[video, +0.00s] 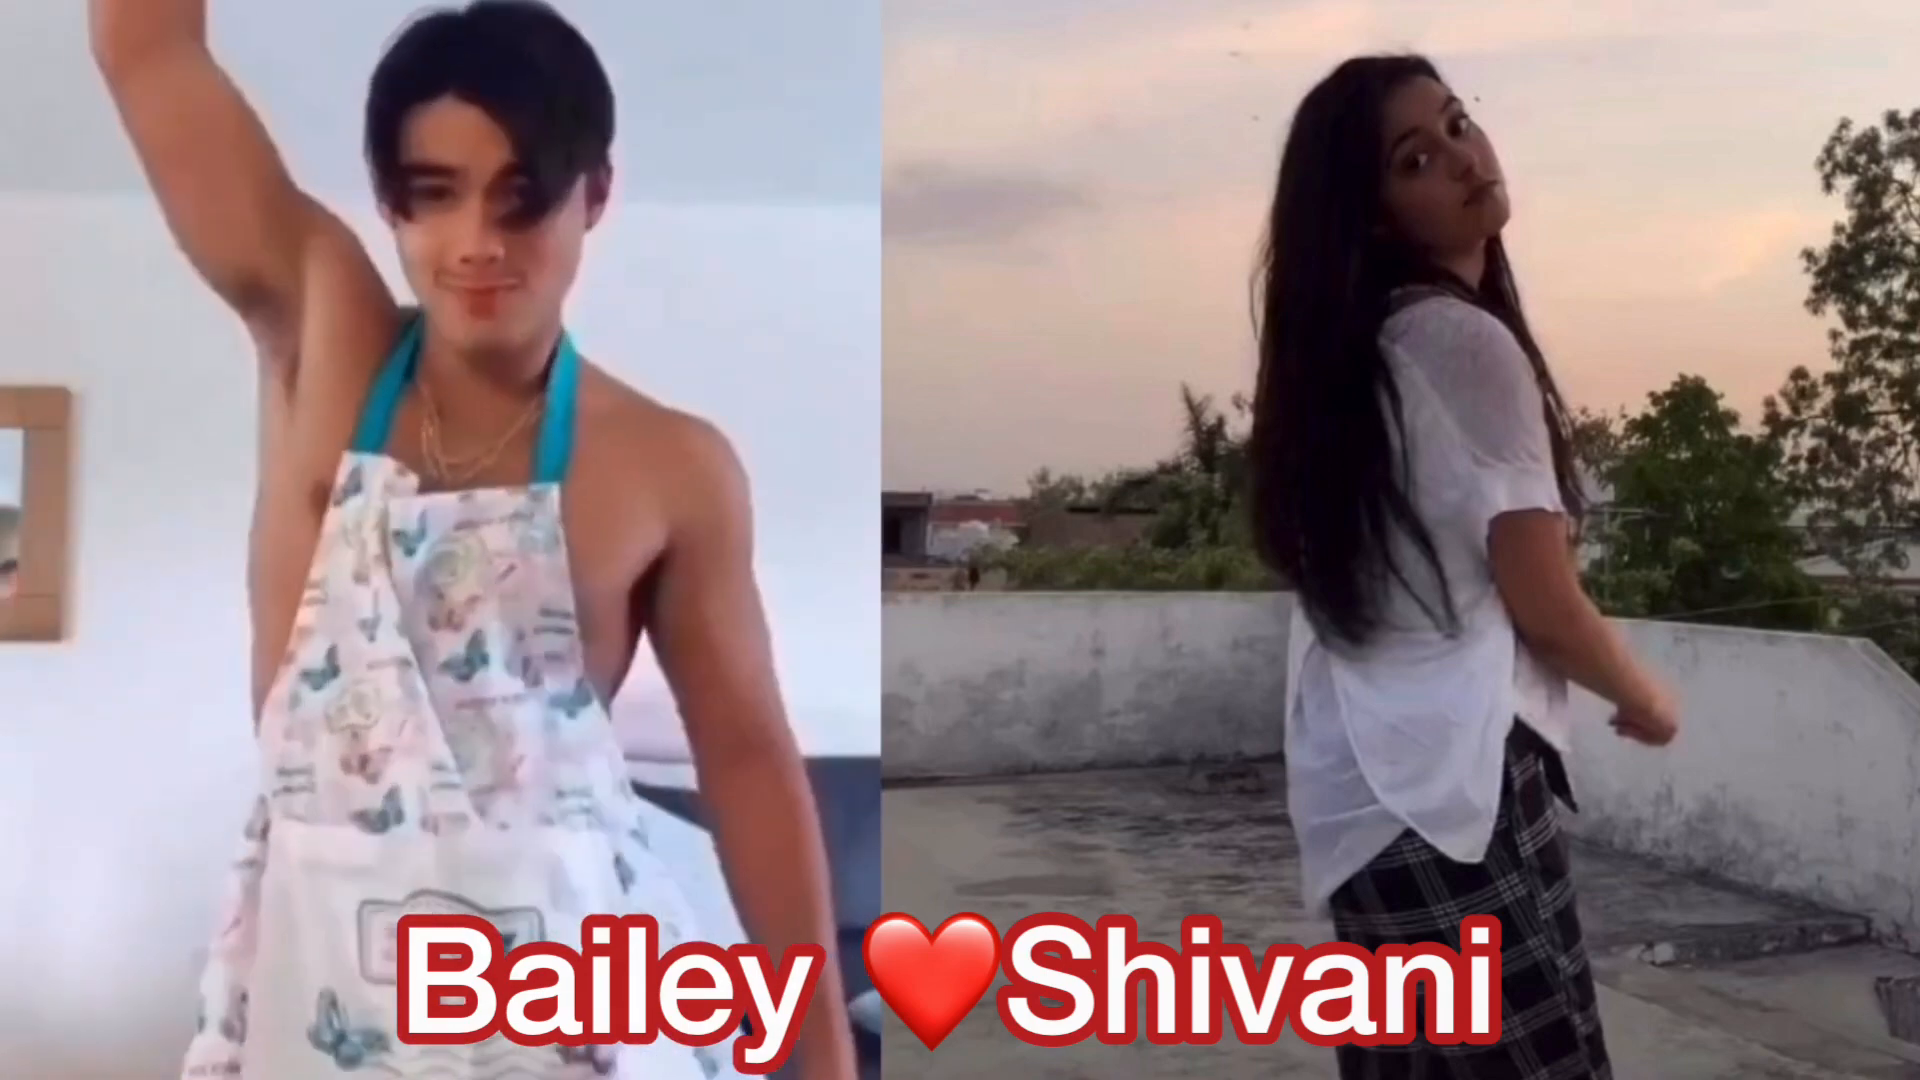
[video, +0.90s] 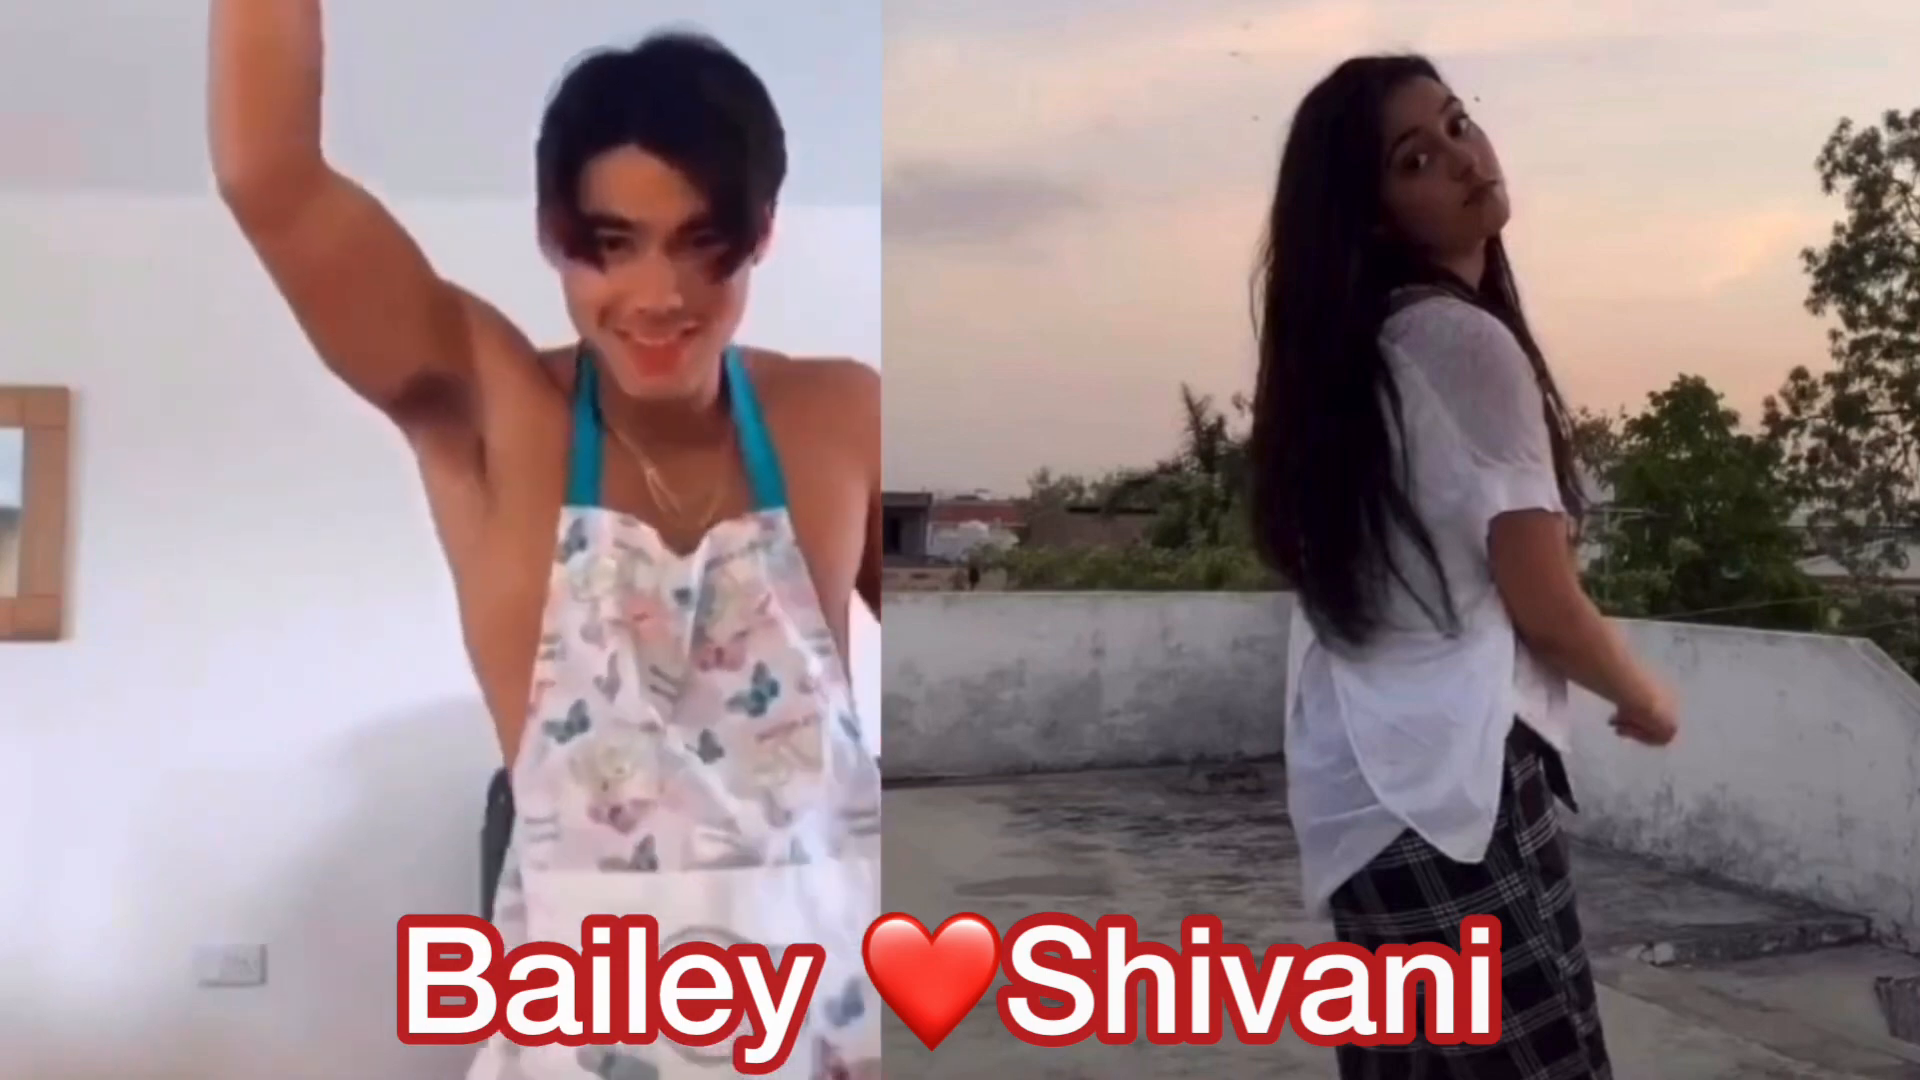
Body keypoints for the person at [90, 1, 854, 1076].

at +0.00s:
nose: (476, 245)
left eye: (523, 197)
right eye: (430, 196)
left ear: (596, 198)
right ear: (387, 206)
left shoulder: (670, 470)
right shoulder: (313, 319)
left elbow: (750, 765)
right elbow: (146, 44)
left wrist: (820, 1046)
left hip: (561, 983)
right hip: (311, 967)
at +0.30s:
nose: (577, 298)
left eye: (625, 248)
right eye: (533, 250)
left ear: (699, 239)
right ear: (491, 254)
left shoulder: (813, 445)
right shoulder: (433, 389)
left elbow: (841, 750)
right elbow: (237, 141)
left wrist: (846, 1037)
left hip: (647, 1015)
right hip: (385, 990)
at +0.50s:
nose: (653, 371)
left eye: (695, 319)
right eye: (605, 322)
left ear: (773, 309)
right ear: (566, 325)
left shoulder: (855, 470)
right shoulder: (505, 474)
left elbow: (858, 778)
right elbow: (285, 264)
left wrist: (853, 979)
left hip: (806, 1008)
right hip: (564, 1007)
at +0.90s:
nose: (657, 295)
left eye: (700, 241)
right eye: (607, 244)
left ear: (760, 235)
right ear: (554, 238)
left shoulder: (842, 416)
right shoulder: (471, 399)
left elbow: (820, 695)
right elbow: (269, 172)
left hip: (820, 993)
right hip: (577, 1001)